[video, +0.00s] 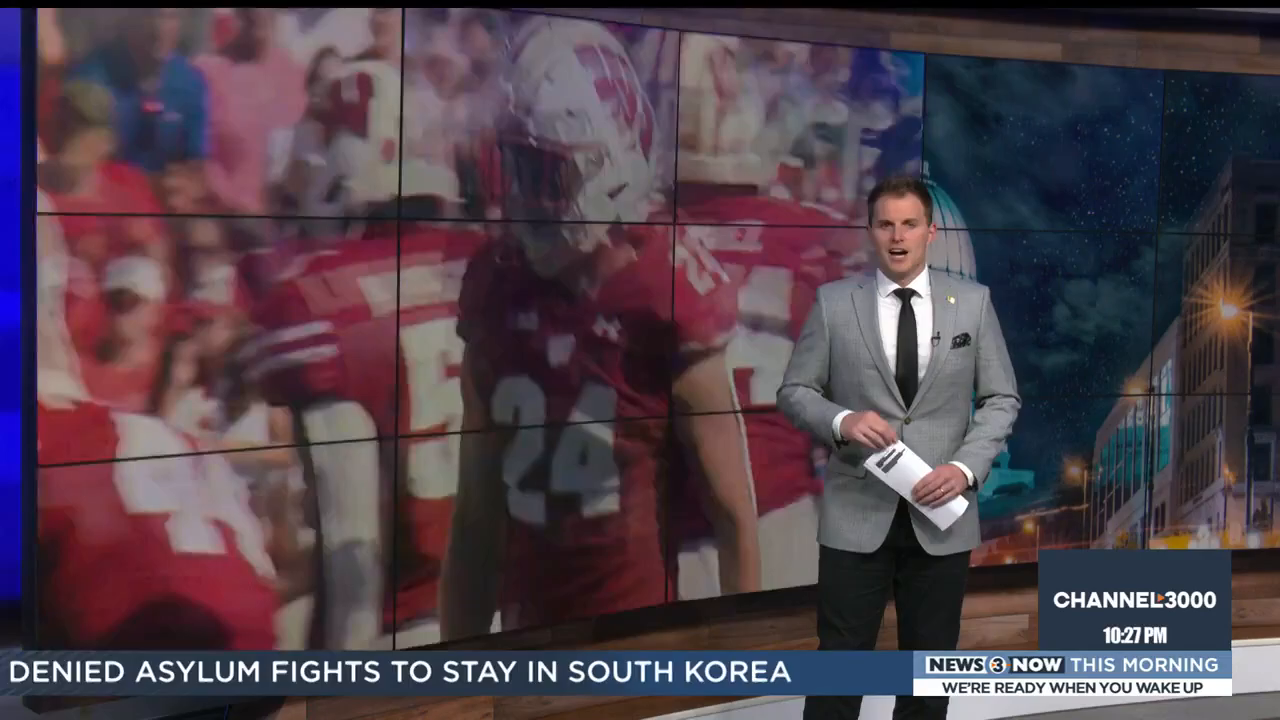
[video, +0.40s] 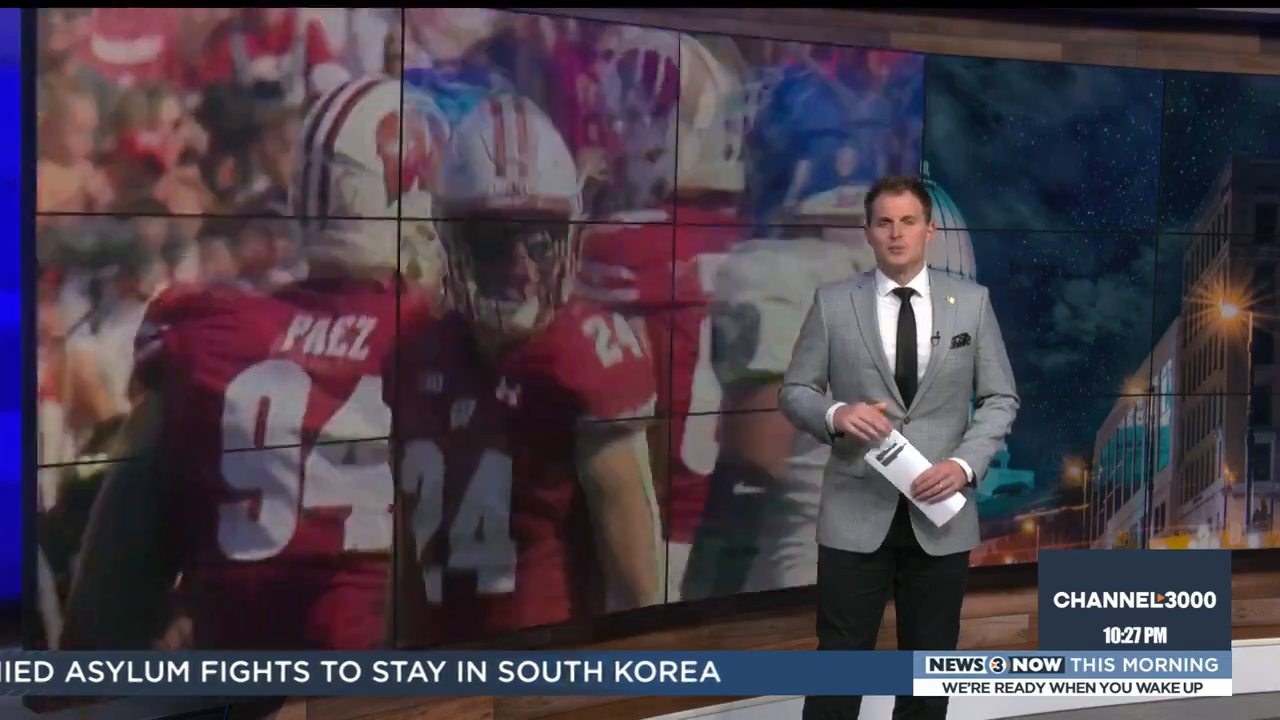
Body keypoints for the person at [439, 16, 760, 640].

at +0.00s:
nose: (529, 200)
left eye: (555, 173)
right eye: (517, 168)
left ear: (624, 176)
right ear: (499, 164)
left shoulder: (672, 290)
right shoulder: (493, 280)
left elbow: (735, 518)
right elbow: (478, 507)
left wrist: (741, 657)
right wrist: (459, 665)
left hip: (630, 617)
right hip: (524, 621)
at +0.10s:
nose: (489, 97)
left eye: (510, 72)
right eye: (474, 71)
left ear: (566, 76)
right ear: (458, 76)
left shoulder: (616, 179)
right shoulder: (448, 186)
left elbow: (692, 410)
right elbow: (437, 399)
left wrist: (704, 588)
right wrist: (425, 587)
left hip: (607, 564)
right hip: (479, 564)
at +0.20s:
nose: (460, 76)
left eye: (487, 54)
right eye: (445, 50)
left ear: (551, 46)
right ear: (424, 51)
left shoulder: (592, 152)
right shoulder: (411, 150)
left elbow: (657, 401)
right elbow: (402, 349)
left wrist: (662, 561)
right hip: (427, 518)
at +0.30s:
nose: (472, 151)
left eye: (492, 134)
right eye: (451, 134)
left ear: (533, 137)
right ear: (421, 143)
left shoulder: (565, 252)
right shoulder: (404, 257)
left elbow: (642, 502)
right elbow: (381, 469)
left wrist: (617, 650)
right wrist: (367, 642)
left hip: (531, 602)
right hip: (412, 609)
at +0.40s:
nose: (516, 263)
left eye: (540, 238)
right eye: (490, 238)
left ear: (570, 241)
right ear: (450, 239)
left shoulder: (588, 348)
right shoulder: (417, 353)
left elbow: (621, 501)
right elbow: (411, 519)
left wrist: (649, 640)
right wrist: (401, 651)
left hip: (552, 650)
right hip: (434, 656)